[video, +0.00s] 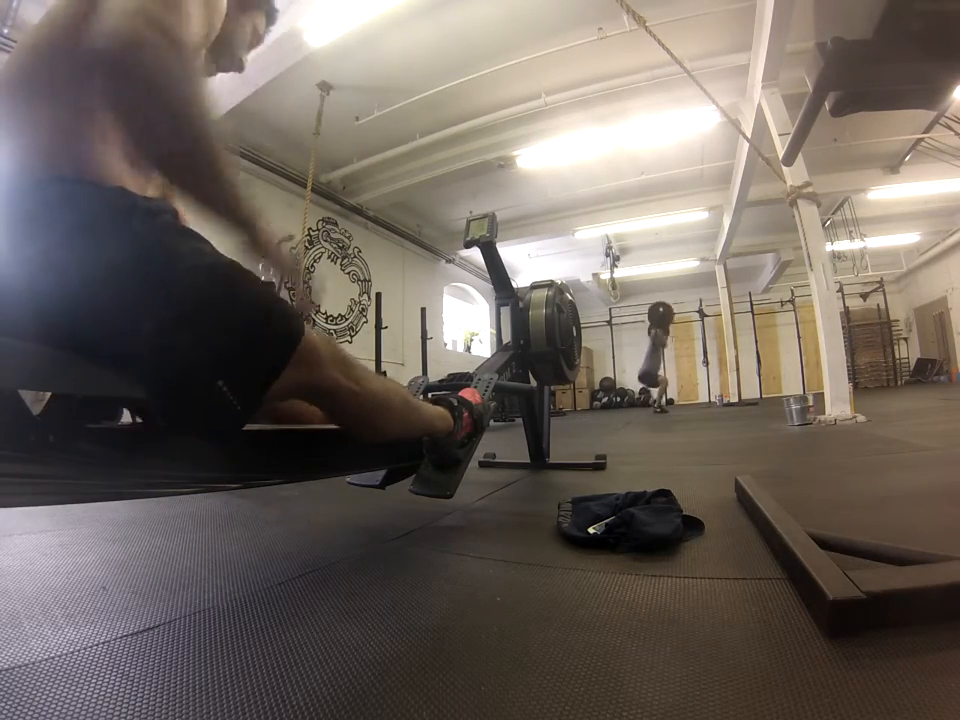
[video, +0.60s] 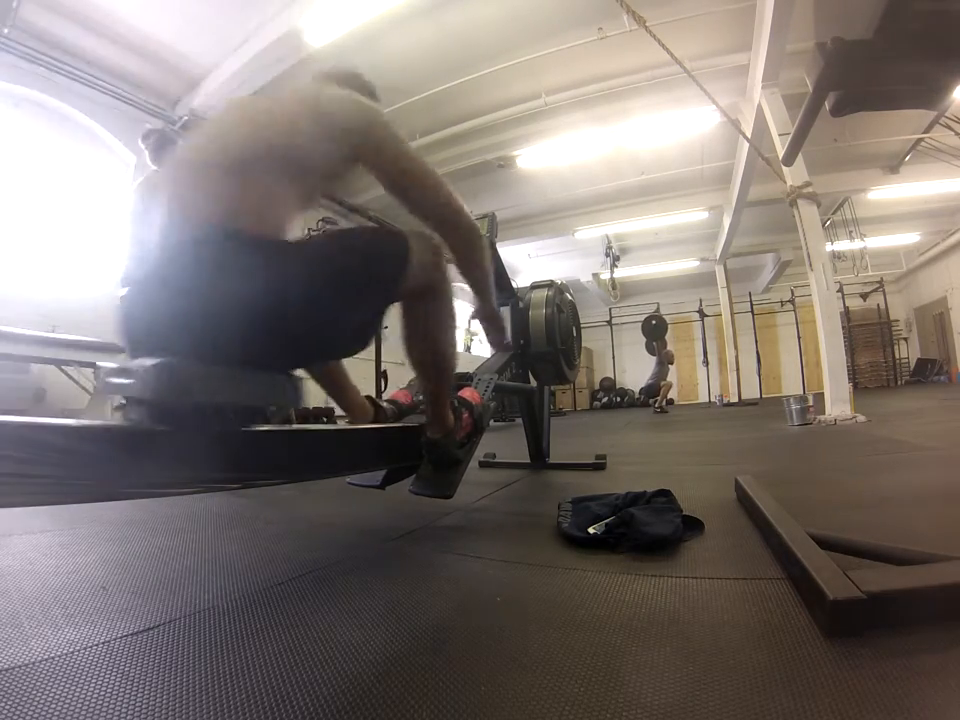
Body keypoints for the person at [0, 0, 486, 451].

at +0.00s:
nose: (256, 48)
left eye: (265, 36)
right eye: (264, 25)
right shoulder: (179, 2)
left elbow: (154, 200)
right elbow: (128, 53)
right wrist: (258, 233)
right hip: (75, 218)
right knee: (322, 366)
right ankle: (444, 424)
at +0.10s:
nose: (257, 57)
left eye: (266, 45)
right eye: (265, 33)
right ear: (243, 7)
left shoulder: (168, 84)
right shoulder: (204, 6)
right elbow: (86, 19)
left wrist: (214, 250)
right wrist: (187, 239)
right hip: (53, 217)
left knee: (279, 393)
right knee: (319, 338)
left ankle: (395, 424)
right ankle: (443, 426)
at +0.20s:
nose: (259, 70)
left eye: (272, 59)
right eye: (270, 46)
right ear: (250, 9)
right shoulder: (209, 3)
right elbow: (117, 34)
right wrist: (236, 231)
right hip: (60, 227)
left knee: (267, 348)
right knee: (331, 317)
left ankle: (358, 432)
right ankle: (443, 427)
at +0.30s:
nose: (265, 89)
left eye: (275, 76)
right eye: (274, 66)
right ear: (261, 22)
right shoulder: (220, 6)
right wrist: (304, 245)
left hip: (42, 262)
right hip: (97, 250)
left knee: (251, 329)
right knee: (343, 289)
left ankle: (359, 416)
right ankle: (444, 427)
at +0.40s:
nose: (302, 99)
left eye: (308, 92)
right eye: (306, 84)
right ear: (286, 46)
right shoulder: (248, 32)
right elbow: (318, 158)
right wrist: (391, 256)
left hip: (65, 279)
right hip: (136, 262)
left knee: (269, 322)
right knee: (374, 283)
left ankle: (364, 417)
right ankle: (444, 432)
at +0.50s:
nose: (315, 142)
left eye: (335, 102)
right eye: (333, 94)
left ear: (290, 51)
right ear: (320, 70)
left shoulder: (203, 93)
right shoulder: (304, 70)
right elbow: (402, 183)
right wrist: (451, 267)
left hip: (105, 299)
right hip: (190, 286)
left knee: (278, 301)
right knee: (398, 270)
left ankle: (363, 415)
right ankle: (443, 426)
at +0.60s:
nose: (367, 124)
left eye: (367, 118)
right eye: (366, 115)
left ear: (306, 83)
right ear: (357, 100)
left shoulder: (239, 114)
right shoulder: (350, 109)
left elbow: (148, 189)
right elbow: (457, 221)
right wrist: (488, 310)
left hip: (146, 312)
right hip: (236, 299)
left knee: (293, 285)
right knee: (426, 258)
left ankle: (361, 413)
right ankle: (443, 426)